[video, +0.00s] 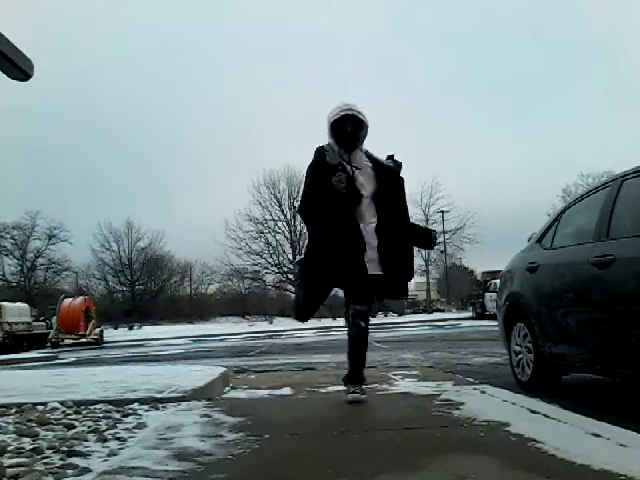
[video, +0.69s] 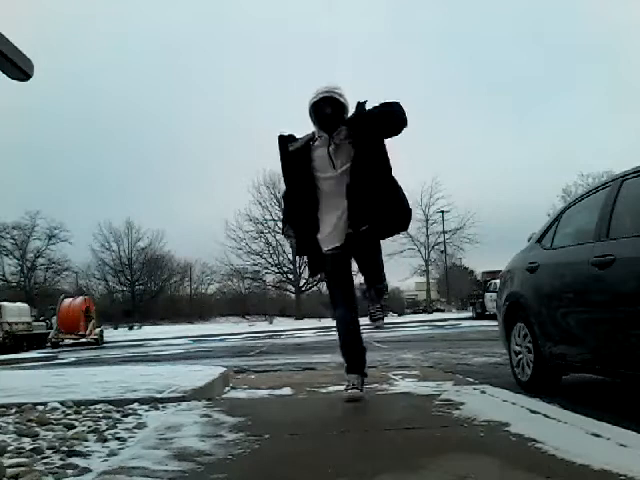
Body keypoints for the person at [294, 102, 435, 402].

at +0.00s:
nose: (349, 132)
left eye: (354, 126)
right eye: (342, 126)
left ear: (364, 131)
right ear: (332, 131)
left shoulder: (382, 170)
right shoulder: (323, 165)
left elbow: (393, 221)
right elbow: (309, 211)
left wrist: (421, 235)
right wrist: (334, 191)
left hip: (370, 254)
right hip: (335, 252)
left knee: (359, 316)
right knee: (304, 310)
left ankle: (355, 381)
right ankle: (308, 265)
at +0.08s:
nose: (347, 137)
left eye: (353, 131)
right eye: (341, 132)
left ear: (363, 135)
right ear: (331, 137)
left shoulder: (381, 170)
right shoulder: (320, 169)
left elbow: (412, 200)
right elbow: (290, 209)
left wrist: (413, 198)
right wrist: (315, 215)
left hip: (371, 257)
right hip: (333, 257)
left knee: (361, 317)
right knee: (319, 315)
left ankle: (355, 381)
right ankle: (312, 281)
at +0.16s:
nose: (342, 127)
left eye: (347, 121)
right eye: (335, 121)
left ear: (357, 124)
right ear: (325, 126)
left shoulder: (376, 147)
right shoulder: (315, 157)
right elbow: (279, 184)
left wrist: (392, 163)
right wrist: (302, 213)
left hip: (364, 243)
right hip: (330, 242)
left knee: (359, 310)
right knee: (337, 297)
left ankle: (356, 377)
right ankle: (307, 302)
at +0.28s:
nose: (336, 110)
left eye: (341, 104)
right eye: (329, 105)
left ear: (351, 107)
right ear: (319, 110)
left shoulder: (367, 130)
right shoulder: (308, 143)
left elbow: (409, 132)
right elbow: (295, 183)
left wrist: (372, 124)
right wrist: (295, 216)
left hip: (365, 227)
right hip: (332, 229)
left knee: (367, 292)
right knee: (341, 292)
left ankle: (366, 351)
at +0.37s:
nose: (331, 115)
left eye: (337, 109)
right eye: (325, 110)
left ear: (347, 111)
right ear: (316, 115)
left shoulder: (363, 135)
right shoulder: (305, 149)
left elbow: (393, 166)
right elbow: (298, 198)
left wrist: (367, 128)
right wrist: (303, 240)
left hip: (366, 235)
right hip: (330, 239)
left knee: (373, 298)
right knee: (342, 310)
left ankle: (376, 324)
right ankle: (348, 380)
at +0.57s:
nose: (328, 128)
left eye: (333, 121)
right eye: (321, 122)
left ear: (344, 125)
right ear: (313, 127)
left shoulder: (362, 152)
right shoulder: (302, 169)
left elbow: (401, 152)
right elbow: (297, 220)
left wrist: (362, 147)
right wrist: (299, 263)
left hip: (364, 245)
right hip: (328, 251)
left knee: (378, 291)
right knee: (343, 317)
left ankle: (381, 301)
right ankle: (351, 380)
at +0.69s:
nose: (326, 116)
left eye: (331, 109)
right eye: (320, 111)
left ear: (342, 110)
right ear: (312, 116)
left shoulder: (361, 132)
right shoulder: (302, 153)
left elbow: (397, 117)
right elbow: (294, 197)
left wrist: (358, 121)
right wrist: (296, 231)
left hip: (363, 227)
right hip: (328, 238)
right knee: (343, 309)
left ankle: (375, 297)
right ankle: (355, 373)